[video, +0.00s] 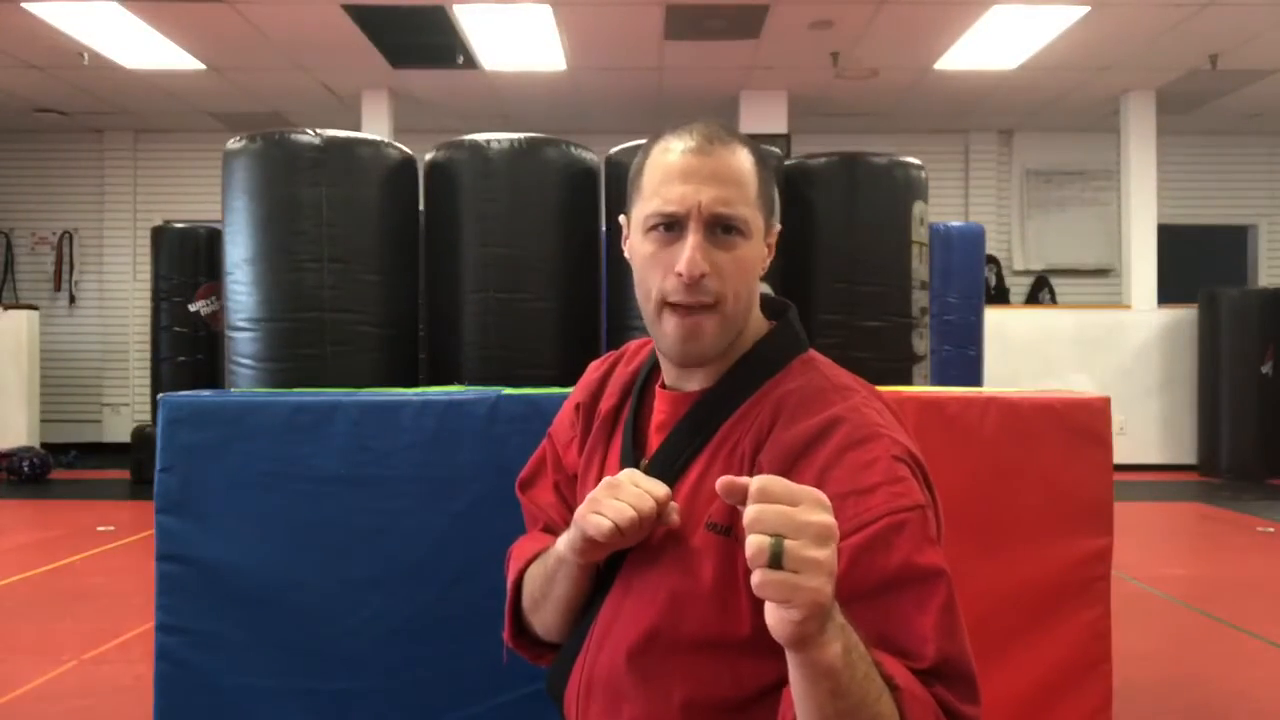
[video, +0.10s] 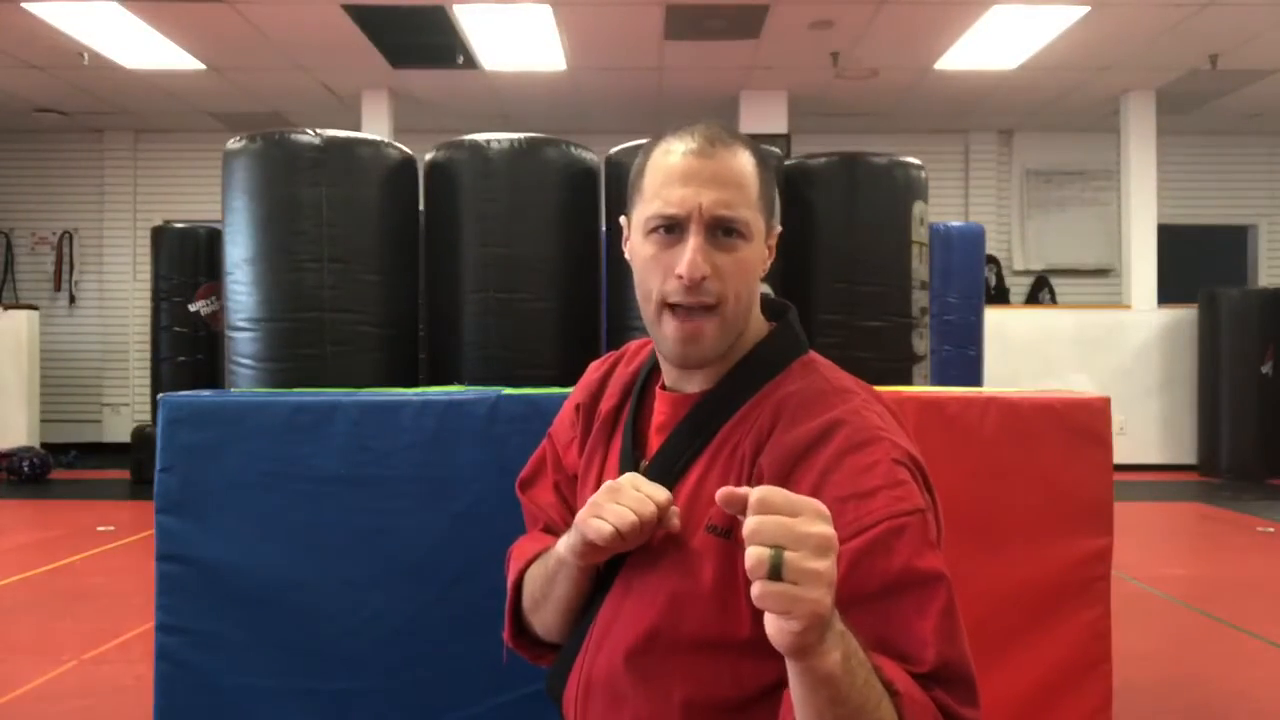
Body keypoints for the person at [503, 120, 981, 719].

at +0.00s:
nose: (691, 264)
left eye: (725, 231)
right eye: (666, 228)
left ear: (768, 247)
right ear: (627, 240)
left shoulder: (848, 439)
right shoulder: (604, 390)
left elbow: (919, 705)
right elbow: (537, 626)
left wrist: (817, 638)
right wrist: (574, 550)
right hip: (592, 706)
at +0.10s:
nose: (692, 266)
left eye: (725, 233)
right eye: (667, 230)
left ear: (769, 249)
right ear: (627, 240)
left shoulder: (846, 440)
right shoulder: (603, 391)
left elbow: (921, 706)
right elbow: (537, 626)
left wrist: (818, 647)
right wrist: (574, 553)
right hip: (592, 707)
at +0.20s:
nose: (690, 268)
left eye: (724, 236)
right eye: (665, 232)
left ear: (769, 252)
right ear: (626, 243)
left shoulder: (847, 442)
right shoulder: (605, 390)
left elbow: (925, 702)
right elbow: (538, 626)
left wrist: (818, 648)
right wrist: (575, 552)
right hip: (590, 702)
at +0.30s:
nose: (673, 274)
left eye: (713, 242)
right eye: (656, 236)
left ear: (767, 263)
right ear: (626, 245)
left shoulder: (847, 441)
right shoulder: (604, 387)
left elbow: (925, 703)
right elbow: (539, 625)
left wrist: (813, 648)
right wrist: (574, 551)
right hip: (593, 704)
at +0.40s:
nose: (646, 272)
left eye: (695, 248)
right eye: (644, 233)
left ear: (765, 275)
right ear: (625, 233)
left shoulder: (845, 444)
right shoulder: (605, 384)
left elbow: (922, 705)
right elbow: (535, 621)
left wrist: (809, 646)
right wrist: (569, 549)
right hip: (590, 705)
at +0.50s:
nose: (656, 272)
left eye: (703, 245)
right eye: (650, 232)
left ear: (770, 271)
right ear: (630, 234)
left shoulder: (846, 444)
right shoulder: (605, 383)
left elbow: (920, 705)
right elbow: (532, 619)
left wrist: (808, 644)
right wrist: (565, 549)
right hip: (589, 704)